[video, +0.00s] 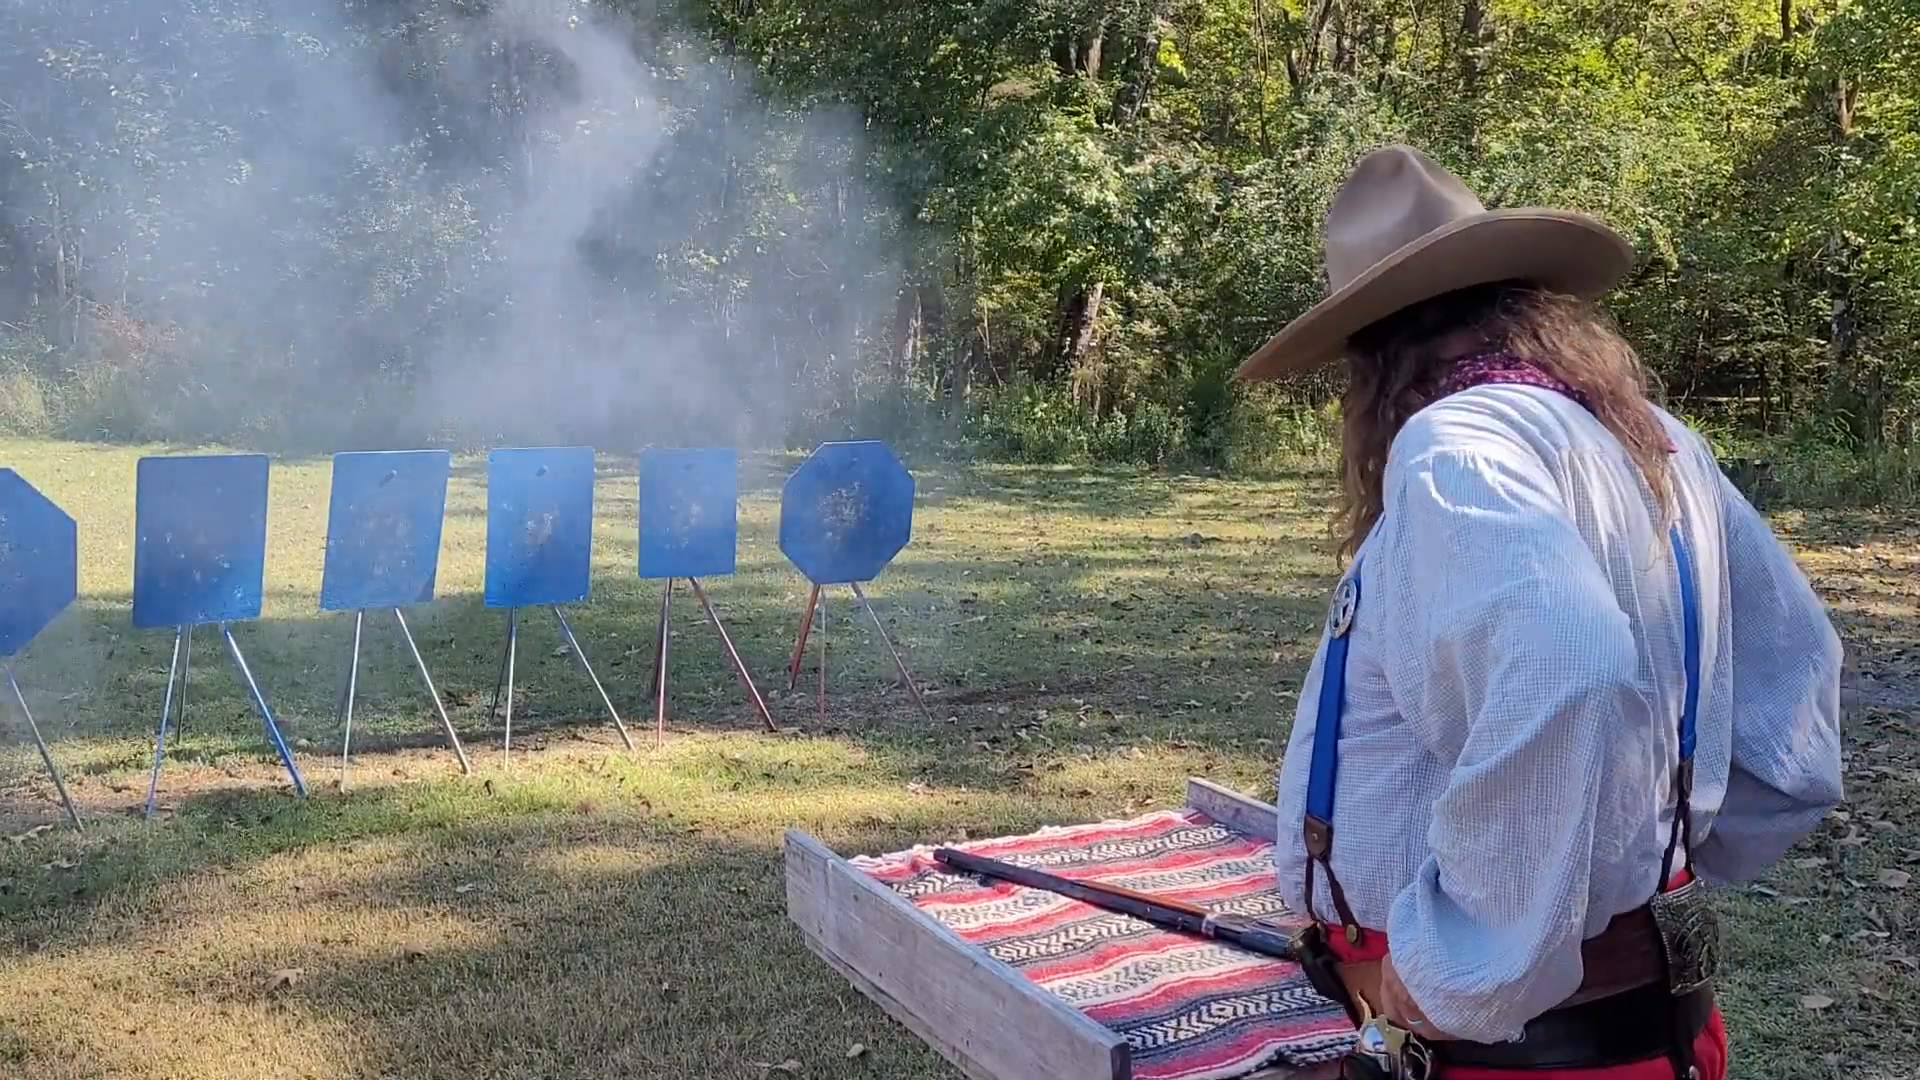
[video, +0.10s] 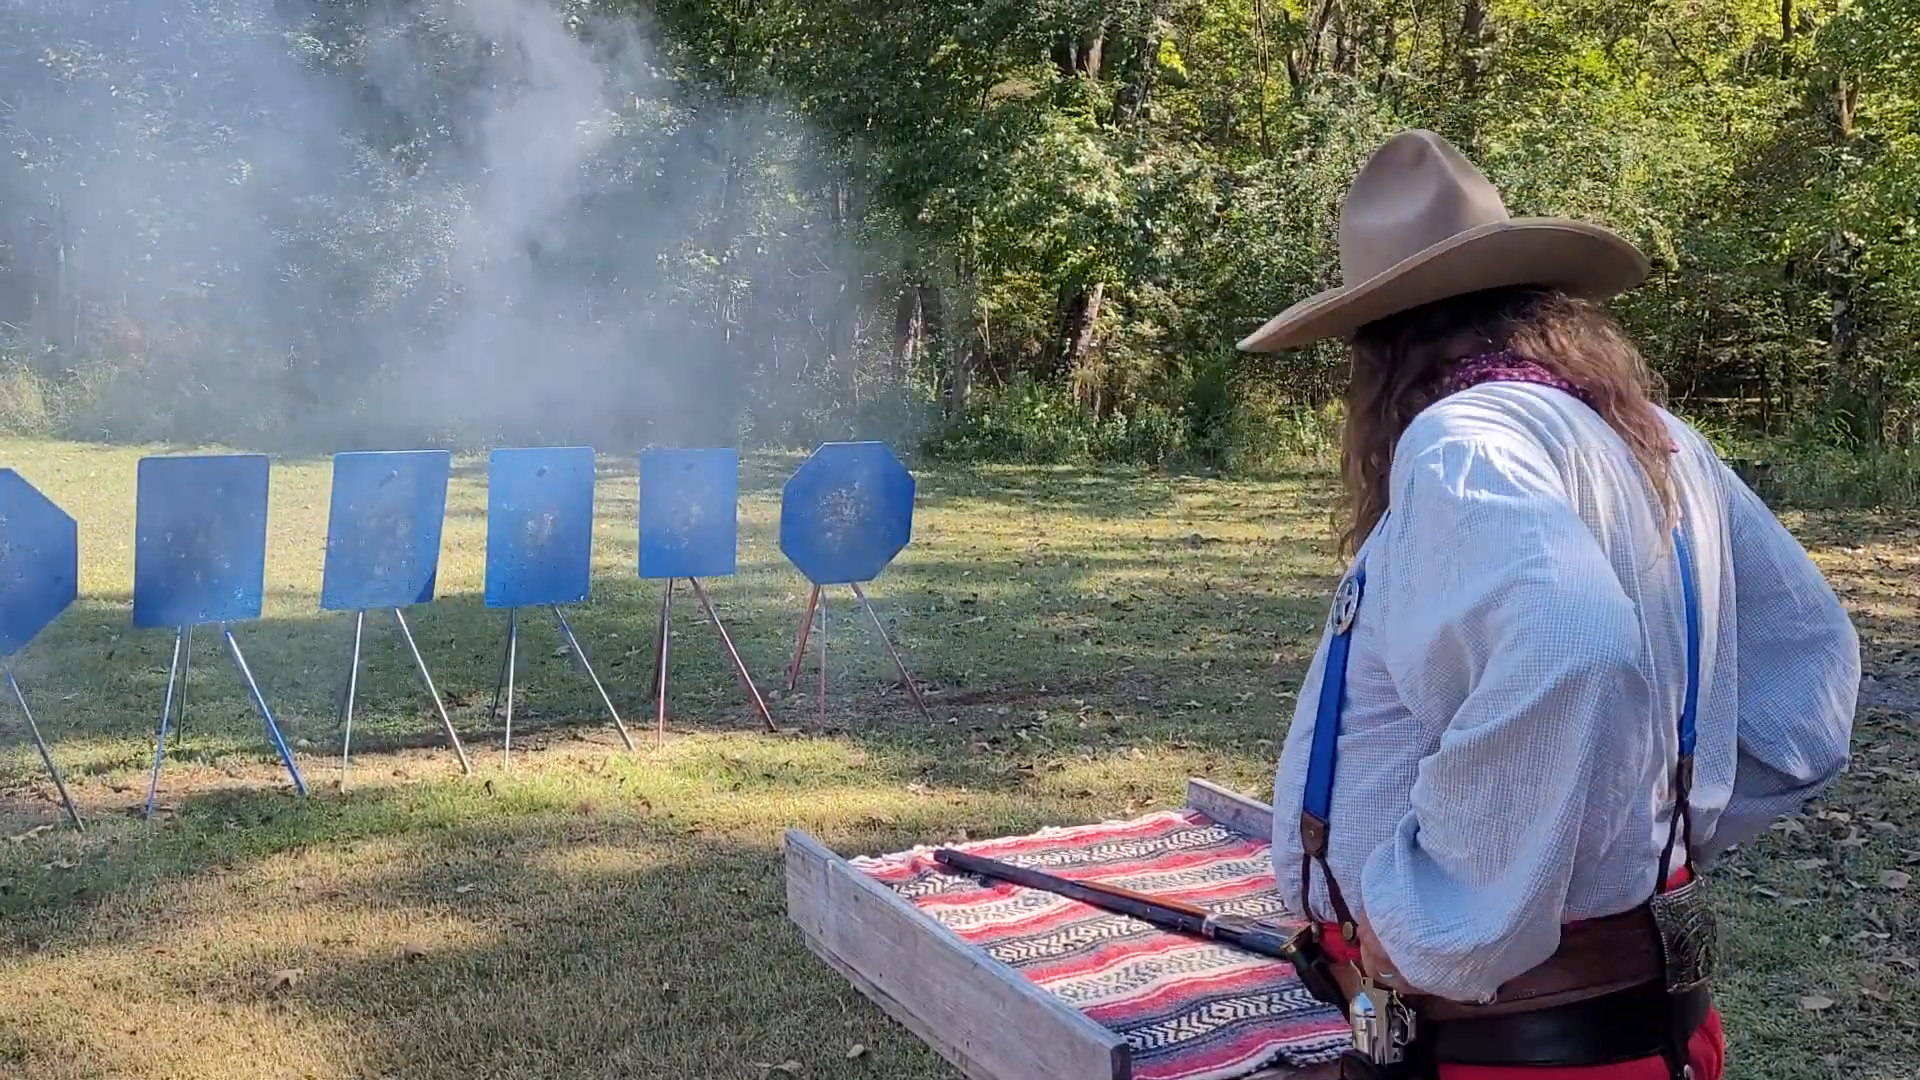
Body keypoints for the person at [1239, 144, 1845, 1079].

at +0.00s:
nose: (1352, 391)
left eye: (1352, 365)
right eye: (1347, 367)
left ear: (1385, 354)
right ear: (1528, 305)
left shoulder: (1453, 446)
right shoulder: (1663, 441)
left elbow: (1566, 672)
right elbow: (1798, 740)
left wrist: (1446, 974)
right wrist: (1668, 855)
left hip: (1503, 1039)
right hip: (1664, 1001)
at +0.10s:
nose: (1357, 375)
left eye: (1359, 348)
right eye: (1354, 349)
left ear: (1391, 345)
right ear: (1535, 304)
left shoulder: (1461, 442)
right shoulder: (1666, 438)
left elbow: (1569, 648)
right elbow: (1813, 686)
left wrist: (1429, 912)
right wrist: (1673, 829)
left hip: (1503, 1027)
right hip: (1659, 993)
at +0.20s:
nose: (1366, 357)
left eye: (1372, 328)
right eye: (1367, 327)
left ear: (1409, 328)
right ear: (1538, 299)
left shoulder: (1470, 431)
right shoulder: (1665, 439)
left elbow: (1562, 608)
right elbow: (1806, 660)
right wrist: (1669, 774)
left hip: (1479, 1034)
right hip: (1643, 1003)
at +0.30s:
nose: (1372, 348)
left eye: (1381, 321)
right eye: (1373, 320)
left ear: (1427, 321)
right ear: (1551, 301)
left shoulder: (1484, 423)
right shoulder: (1675, 447)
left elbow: (1496, 598)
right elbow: (1751, 677)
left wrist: (1271, 678)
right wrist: (1668, 803)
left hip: (1482, 1028)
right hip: (1641, 995)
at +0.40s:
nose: (1393, 335)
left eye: (1404, 309)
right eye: (1395, 308)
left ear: (1446, 312)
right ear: (1574, 297)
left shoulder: (1497, 433)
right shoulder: (1679, 451)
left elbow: (1408, 665)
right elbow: (1711, 781)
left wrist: (1238, 662)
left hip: (1482, 1031)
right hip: (1635, 1000)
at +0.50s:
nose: (1406, 328)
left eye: (1417, 305)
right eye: (1410, 303)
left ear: (1457, 315)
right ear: (1589, 307)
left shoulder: (1503, 453)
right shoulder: (1665, 454)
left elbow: (1354, 737)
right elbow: (1709, 791)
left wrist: (1234, 683)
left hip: (1497, 1038)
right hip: (1639, 1006)